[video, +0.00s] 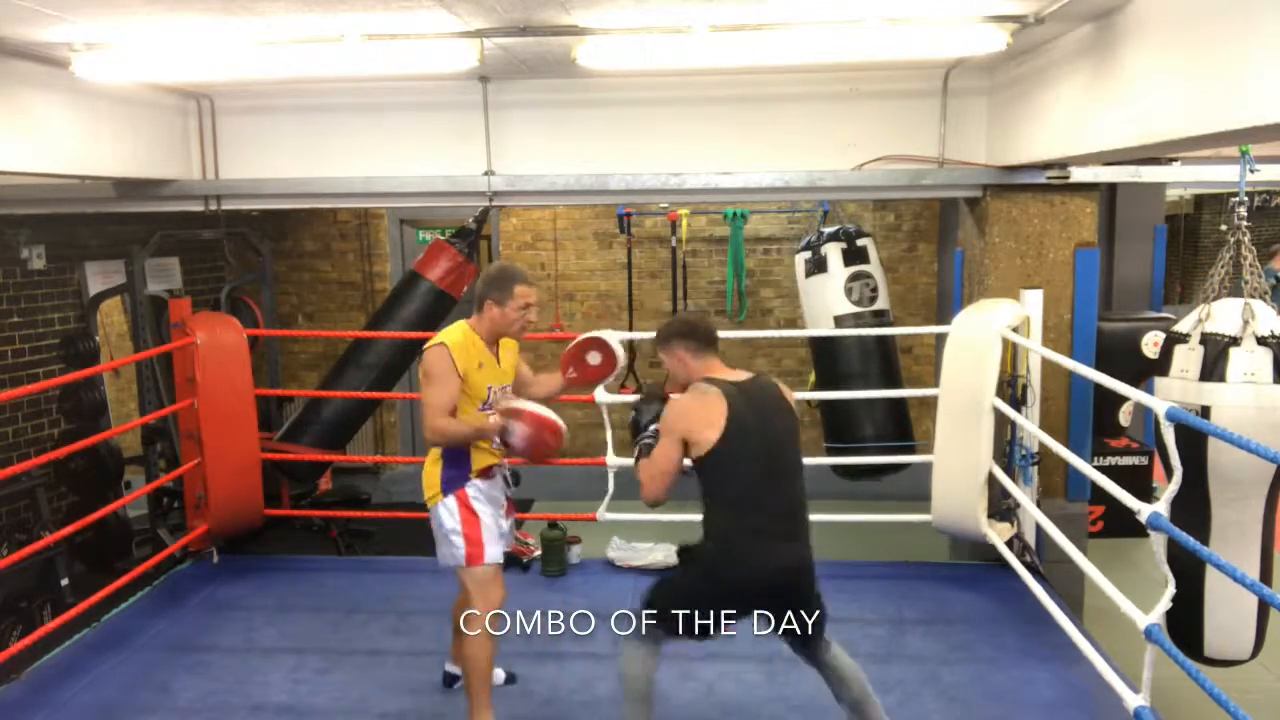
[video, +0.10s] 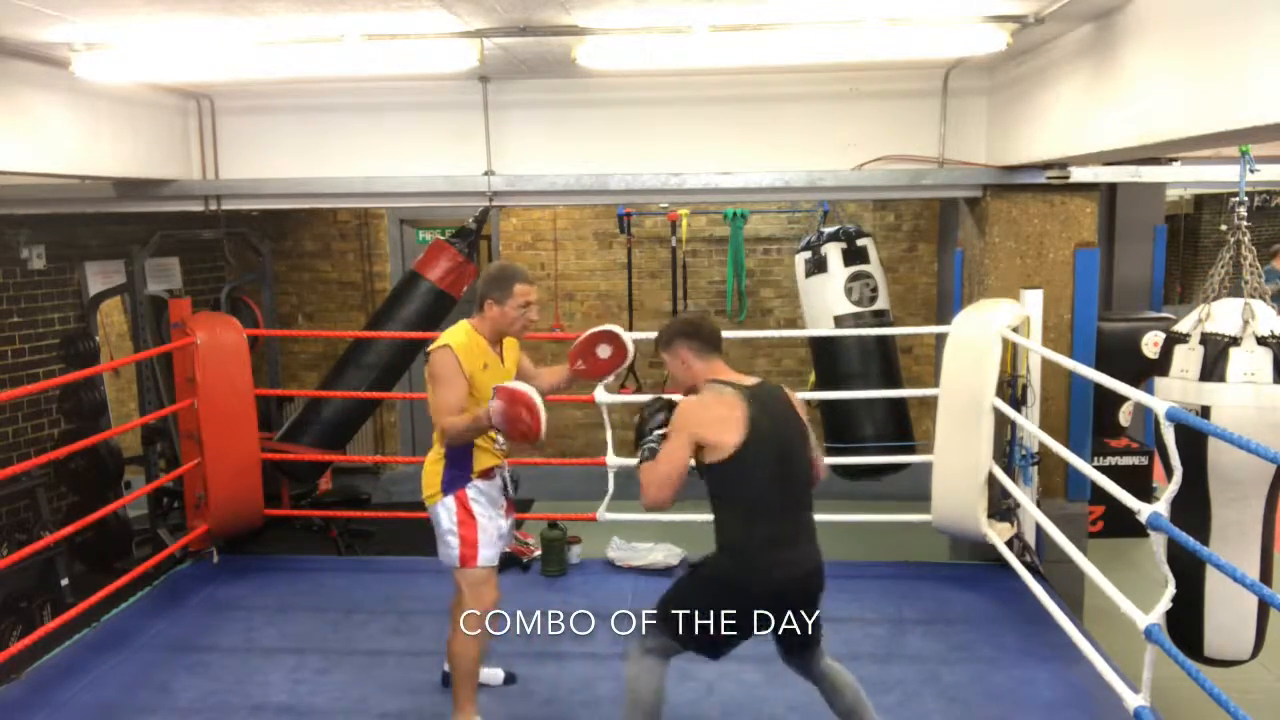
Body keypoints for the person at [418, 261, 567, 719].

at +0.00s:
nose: (530, 316)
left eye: (532, 308)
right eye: (523, 307)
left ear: (500, 307)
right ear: (491, 305)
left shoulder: (505, 345)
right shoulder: (445, 350)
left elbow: (530, 387)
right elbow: (435, 428)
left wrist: (573, 372)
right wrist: (489, 422)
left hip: (488, 478)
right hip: (456, 484)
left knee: (479, 581)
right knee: (489, 599)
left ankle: (460, 662)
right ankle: (482, 713)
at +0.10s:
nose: (531, 315)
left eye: (533, 306)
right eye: (524, 305)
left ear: (501, 306)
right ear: (491, 305)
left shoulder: (506, 343)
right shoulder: (449, 351)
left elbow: (535, 380)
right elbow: (449, 429)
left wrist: (584, 364)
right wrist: (491, 414)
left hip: (489, 478)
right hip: (457, 485)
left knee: (478, 581)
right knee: (480, 597)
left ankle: (462, 661)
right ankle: (464, 711)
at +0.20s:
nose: (533, 315)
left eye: (535, 307)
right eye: (526, 306)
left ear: (501, 307)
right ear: (492, 305)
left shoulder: (507, 344)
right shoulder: (458, 354)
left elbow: (535, 373)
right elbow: (479, 429)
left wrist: (580, 360)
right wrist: (535, 415)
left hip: (487, 481)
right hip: (458, 487)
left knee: (475, 583)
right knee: (470, 601)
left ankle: (457, 664)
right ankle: (461, 713)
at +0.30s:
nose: (533, 314)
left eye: (534, 304)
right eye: (523, 305)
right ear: (489, 307)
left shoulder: (520, 343)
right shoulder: (451, 354)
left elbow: (562, 366)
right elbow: (470, 429)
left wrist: (618, 353)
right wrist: (547, 415)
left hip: (492, 483)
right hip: (458, 488)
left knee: (476, 585)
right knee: (472, 601)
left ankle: (458, 663)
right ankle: (461, 713)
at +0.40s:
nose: (536, 312)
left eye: (537, 302)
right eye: (526, 304)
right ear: (492, 307)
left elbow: (588, 370)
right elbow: (415, 421)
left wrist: (635, 366)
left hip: (506, 485)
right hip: (464, 488)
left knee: (477, 583)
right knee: (483, 602)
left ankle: (458, 660)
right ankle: (463, 713)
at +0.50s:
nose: (556, 308)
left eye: (556, 298)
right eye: (545, 300)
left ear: (552, 301)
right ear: (512, 305)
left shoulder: (552, 343)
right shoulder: (470, 347)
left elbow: (597, 379)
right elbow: (407, 401)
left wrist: (635, 396)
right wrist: (432, 446)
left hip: (521, 489)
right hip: (483, 494)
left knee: (499, 590)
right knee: (485, 612)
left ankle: (463, 660)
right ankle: (462, 713)